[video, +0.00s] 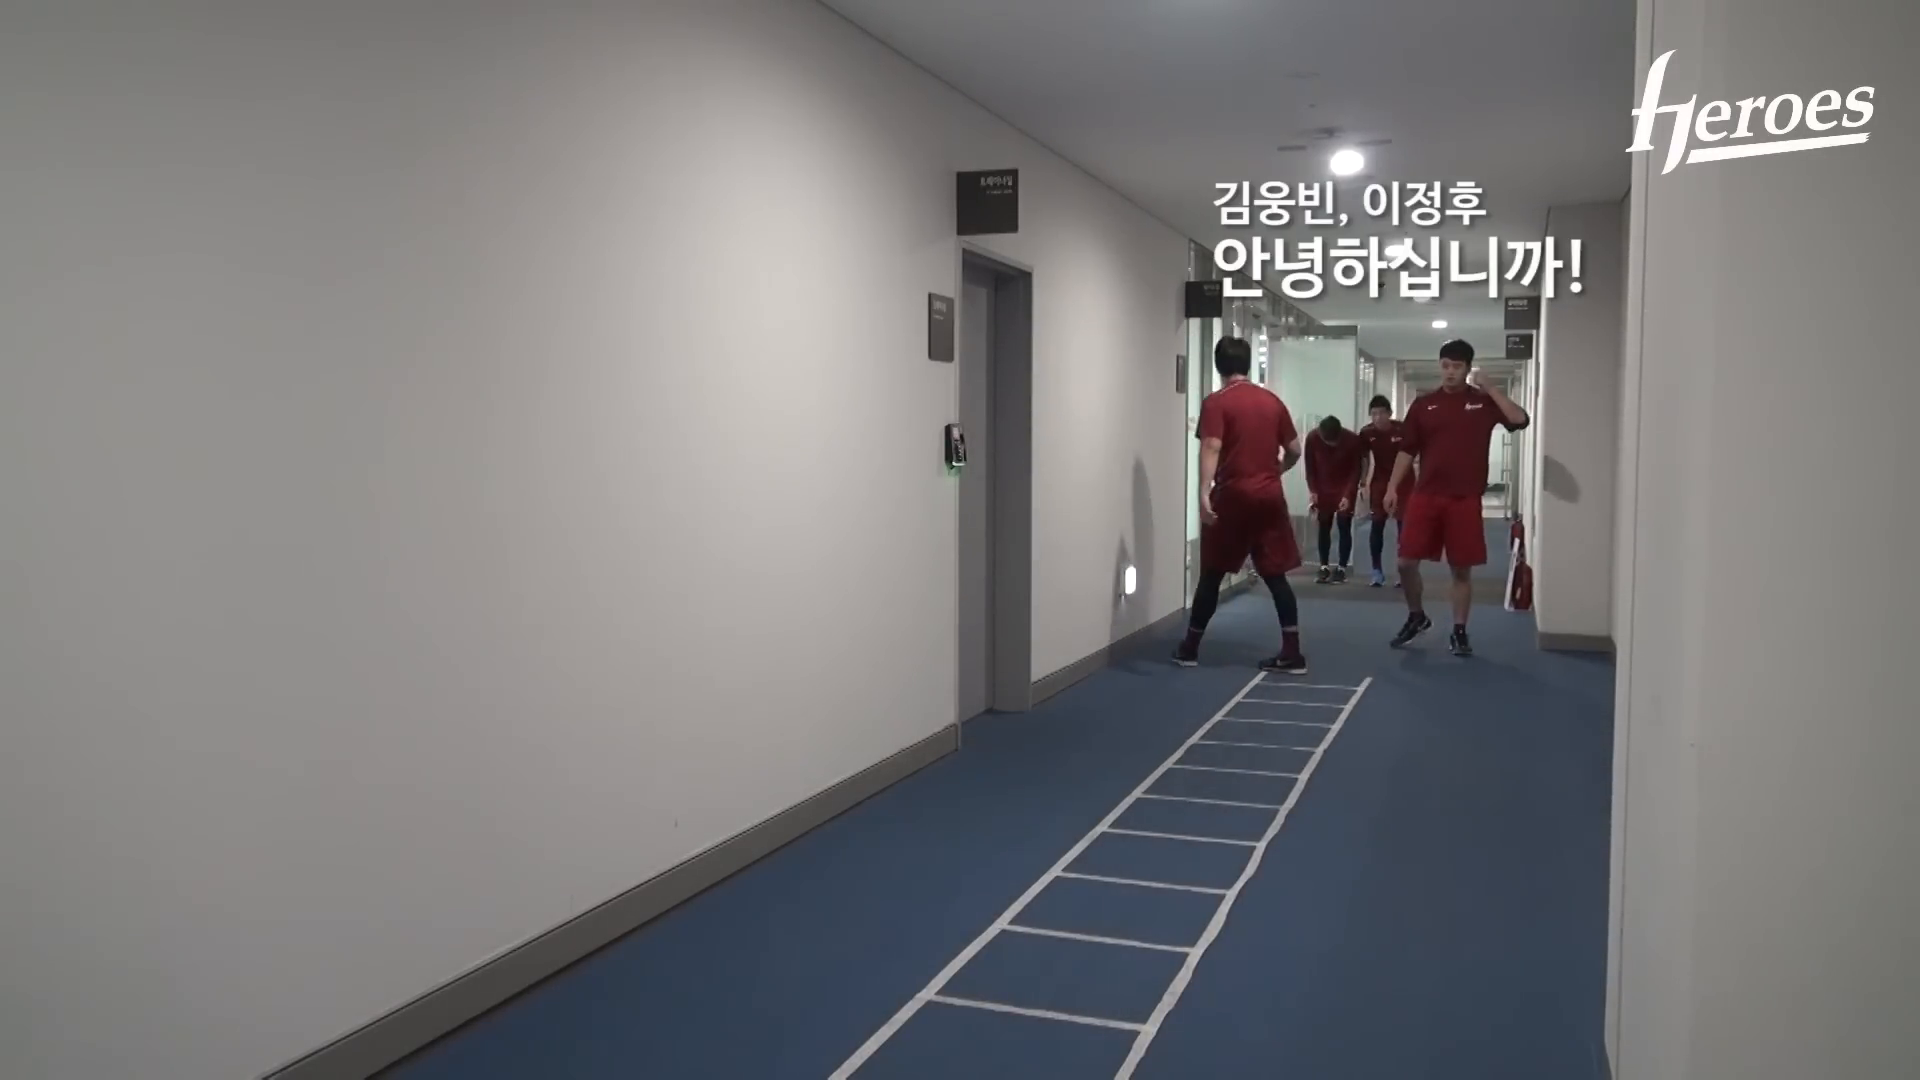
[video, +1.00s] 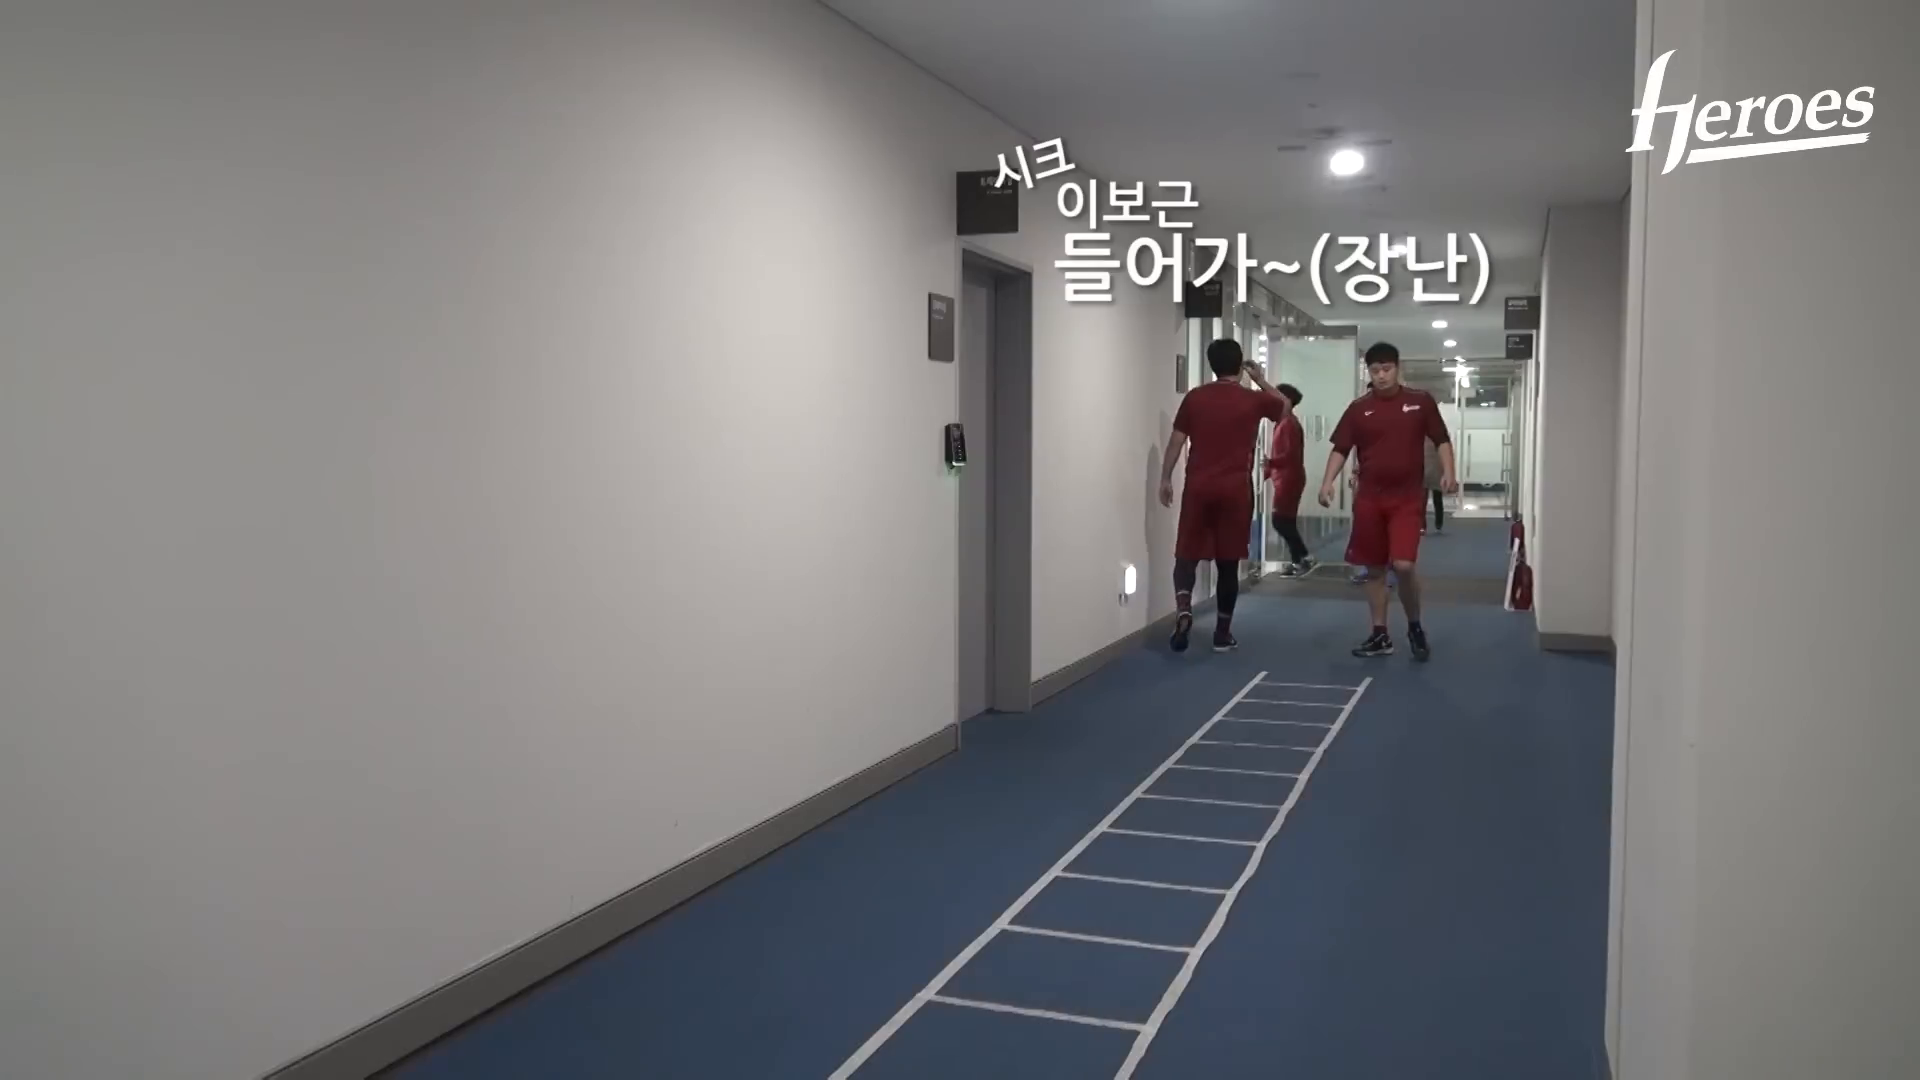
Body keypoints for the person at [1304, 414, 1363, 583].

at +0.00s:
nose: (1331, 445)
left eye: (1334, 441)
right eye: (1327, 441)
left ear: (1340, 433)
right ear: (1321, 433)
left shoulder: (1353, 440)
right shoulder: (1313, 438)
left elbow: (1356, 471)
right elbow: (1310, 467)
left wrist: (1348, 496)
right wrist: (1313, 491)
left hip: (1346, 491)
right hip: (1324, 491)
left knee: (1344, 527)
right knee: (1323, 528)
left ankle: (1342, 566)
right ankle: (1324, 566)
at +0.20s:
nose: (1331, 425)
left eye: (1334, 421)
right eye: (1327, 421)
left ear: (1339, 418)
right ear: (1320, 418)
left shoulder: (1349, 435)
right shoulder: (1312, 431)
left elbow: (1354, 468)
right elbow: (1307, 461)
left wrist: (1347, 493)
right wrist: (1304, 488)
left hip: (1342, 488)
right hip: (1320, 486)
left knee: (1342, 527)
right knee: (1320, 527)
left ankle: (1340, 566)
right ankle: (1322, 566)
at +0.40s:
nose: (1322, 405)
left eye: (1326, 401)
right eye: (1319, 401)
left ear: (1332, 404)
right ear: (1314, 403)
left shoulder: (1340, 429)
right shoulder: (1309, 426)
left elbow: (1342, 463)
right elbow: (1305, 456)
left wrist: (1322, 478)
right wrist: (1296, 480)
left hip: (1336, 484)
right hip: (1315, 483)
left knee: (1337, 522)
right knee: (1306, 520)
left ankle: (1340, 566)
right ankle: (1309, 563)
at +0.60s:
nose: (1311, 400)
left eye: (1316, 397)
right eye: (1309, 396)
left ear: (1322, 401)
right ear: (1305, 399)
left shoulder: (1327, 425)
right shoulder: (1302, 424)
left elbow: (1326, 455)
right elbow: (1299, 459)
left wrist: (1297, 461)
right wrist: (1283, 483)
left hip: (1325, 482)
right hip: (1306, 482)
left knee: (1329, 521)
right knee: (1299, 521)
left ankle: (1339, 567)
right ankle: (1299, 564)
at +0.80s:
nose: (1292, 403)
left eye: (1296, 400)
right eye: (1292, 399)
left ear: (1306, 403)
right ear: (1294, 401)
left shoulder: (1309, 427)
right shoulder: (1294, 425)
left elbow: (1304, 459)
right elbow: (1290, 459)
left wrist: (1277, 462)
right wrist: (1272, 479)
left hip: (1306, 483)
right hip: (1291, 481)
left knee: (1313, 522)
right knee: (1290, 522)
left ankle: (1334, 564)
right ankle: (1296, 564)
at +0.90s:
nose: (1283, 402)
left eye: (1287, 399)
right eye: (1284, 398)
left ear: (1297, 403)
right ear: (1290, 401)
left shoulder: (1298, 426)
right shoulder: (1288, 424)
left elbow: (1295, 459)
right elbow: (1285, 458)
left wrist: (1273, 463)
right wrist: (1270, 474)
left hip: (1297, 480)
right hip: (1286, 480)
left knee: (1298, 523)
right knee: (1288, 523)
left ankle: (1324, 562)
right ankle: (1296, 564)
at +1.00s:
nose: (1273, 402)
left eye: (1277, 398)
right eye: (1274, 398)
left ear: (1286, 400)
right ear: (1287, 400)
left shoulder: (1287, 425)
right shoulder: (1285, 423)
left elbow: (1287, 455)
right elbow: (1284, 455)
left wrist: (1269, 462)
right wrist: (1270, 466)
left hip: (1289, 478)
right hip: (1286, 477)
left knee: (1281, 519)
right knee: (1285, 520)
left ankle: (1302, 558)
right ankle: (1297, 560)